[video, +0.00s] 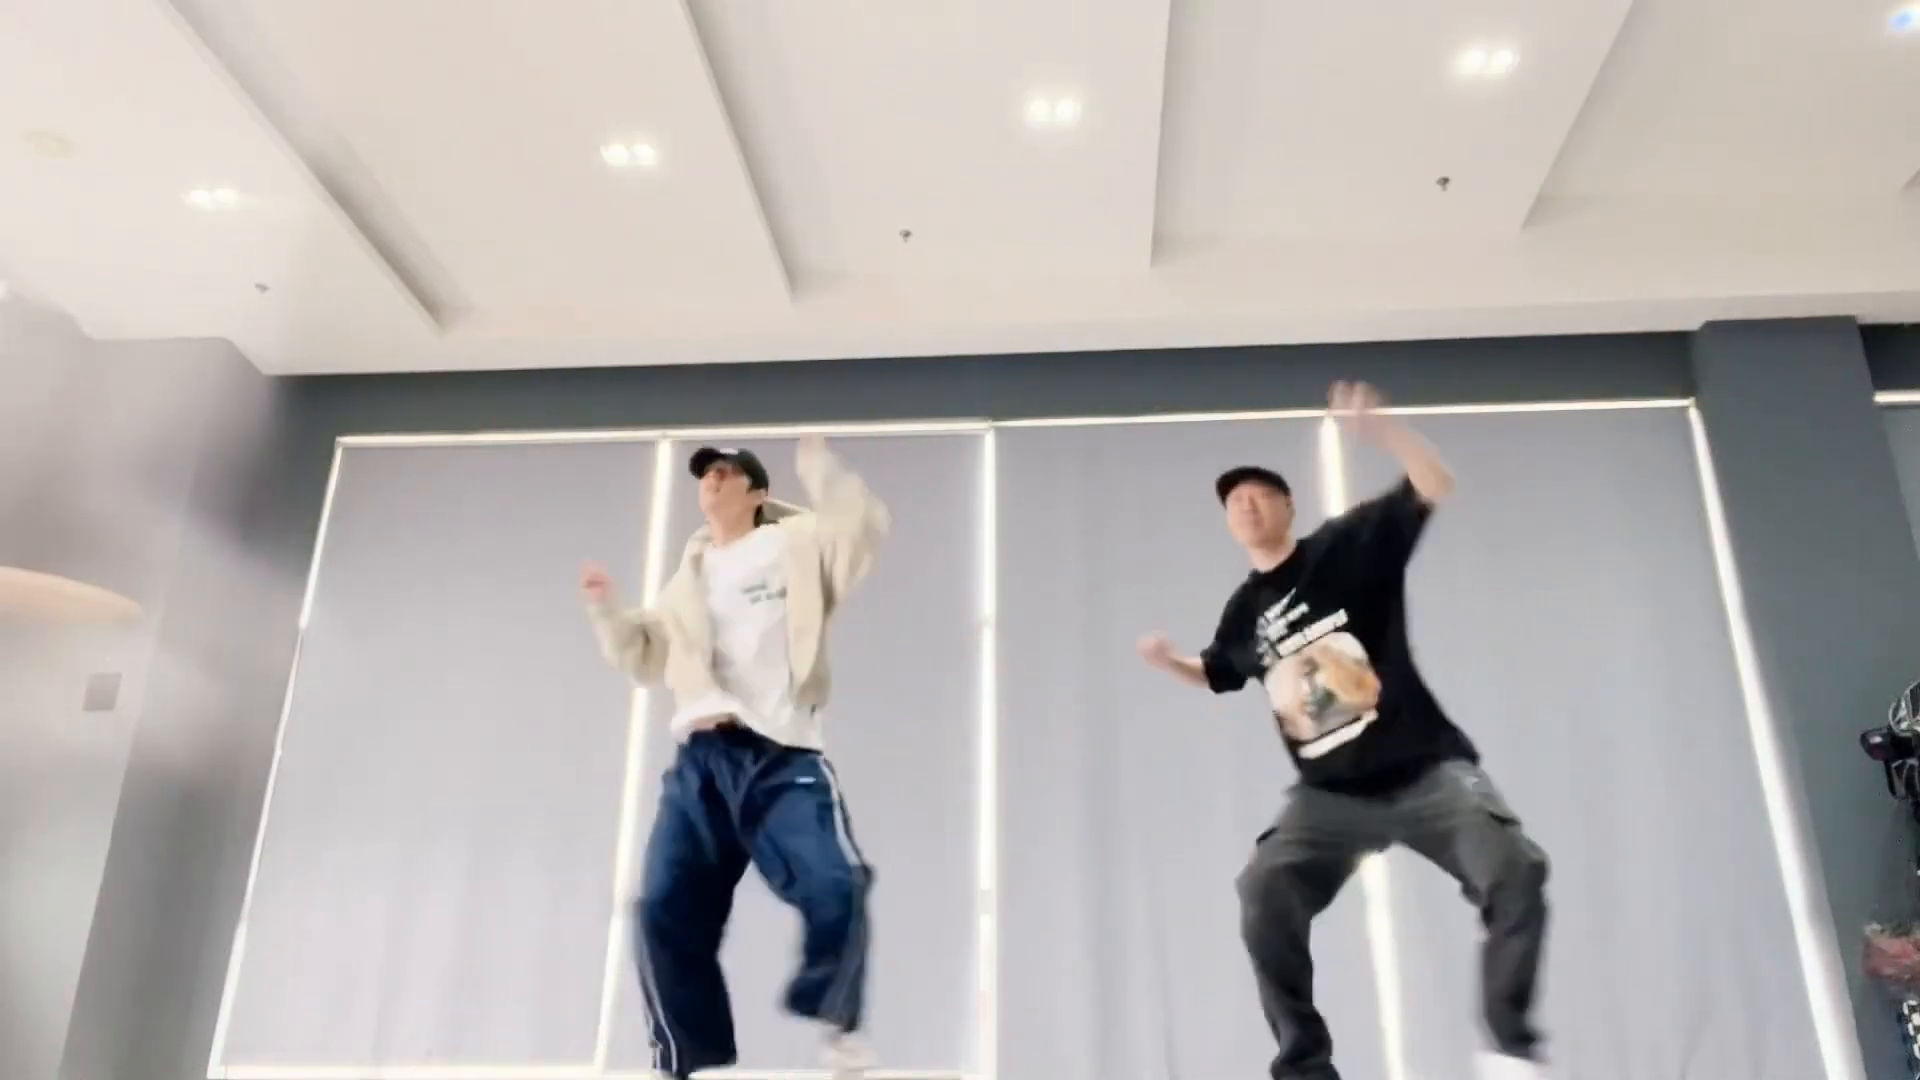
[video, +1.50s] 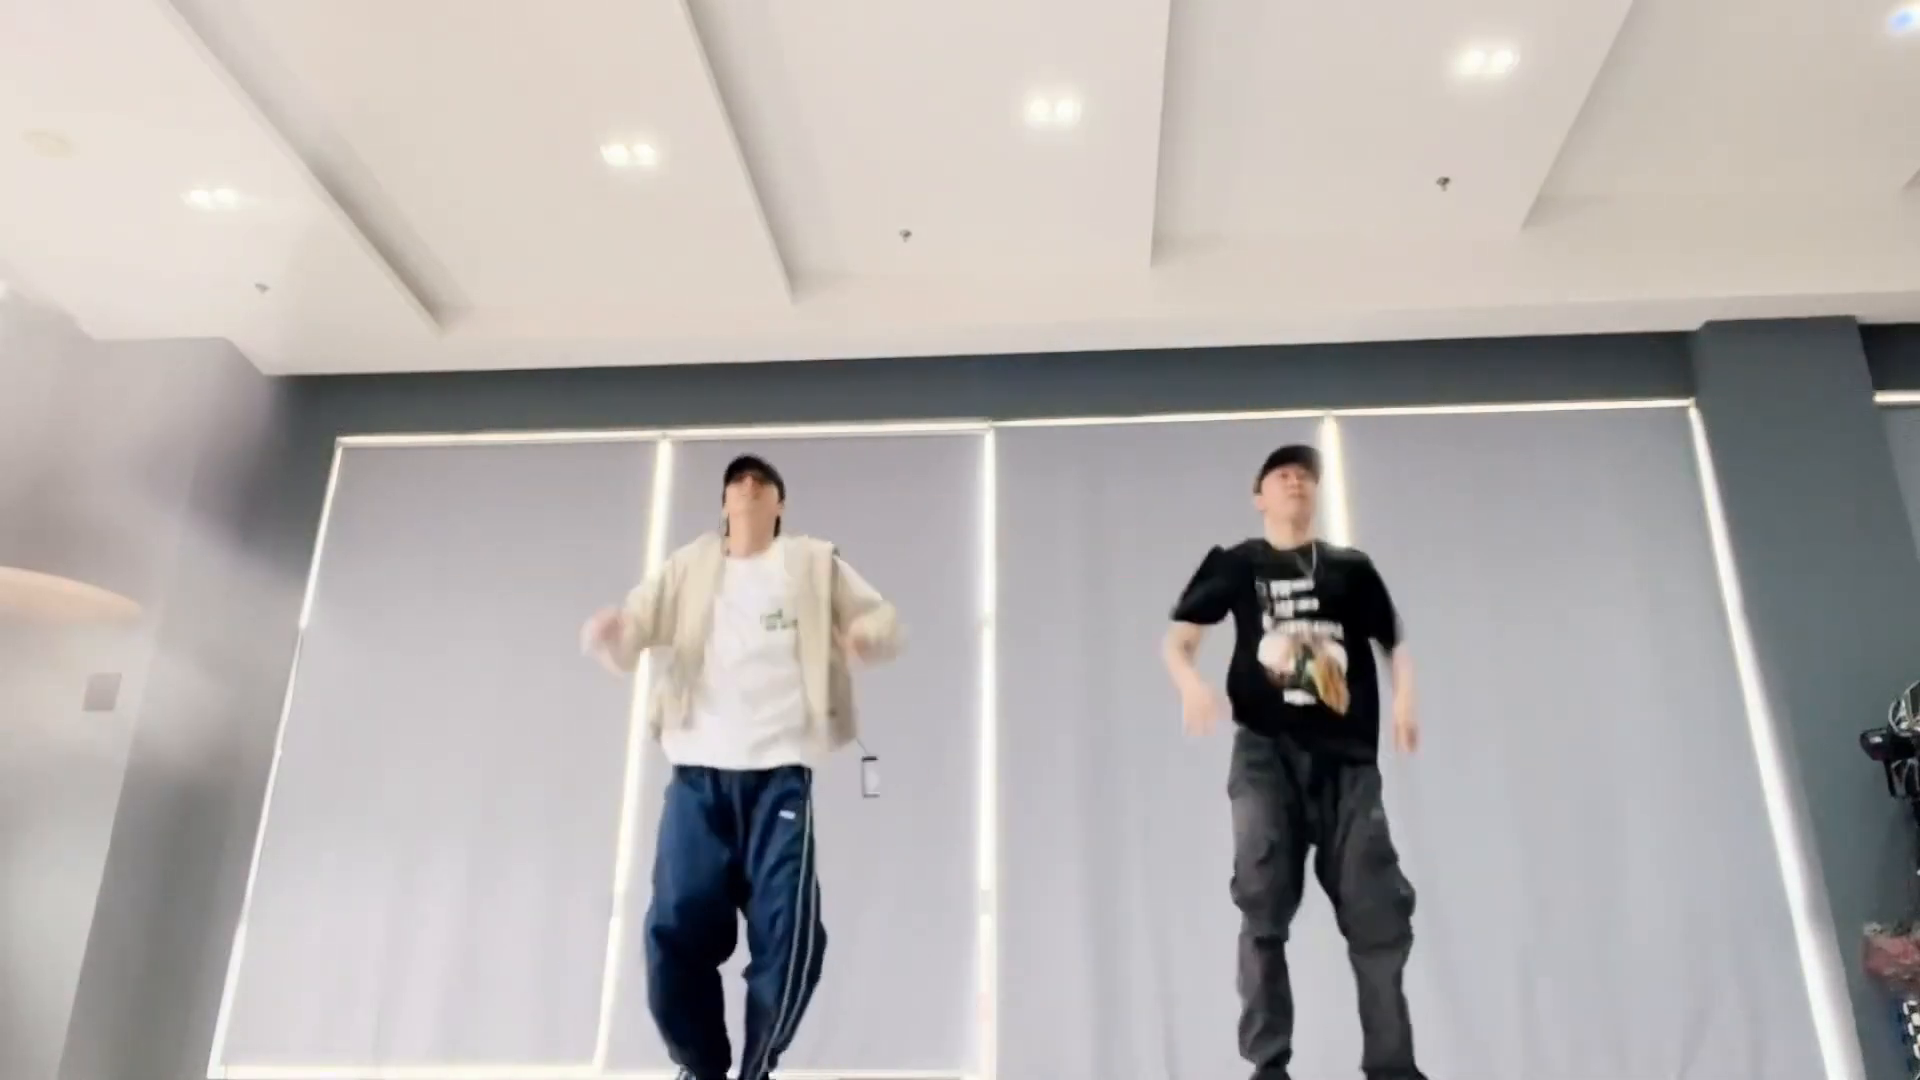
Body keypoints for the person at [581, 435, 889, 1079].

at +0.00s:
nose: (712, 484)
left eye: (726, 476)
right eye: (705, 477)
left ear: (756, 492)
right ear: (697, 497)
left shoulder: (802, 539)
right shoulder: (688, 577)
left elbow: (862, 528)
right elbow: (650, 661)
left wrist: (818, 463)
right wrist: (608, 612)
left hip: (785, 760)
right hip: (700, 760)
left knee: (835, 884)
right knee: (665, 913)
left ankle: (836, 1027)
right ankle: (697, 1067)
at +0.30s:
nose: (718, 501)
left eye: (732, 494)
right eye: (707, 497)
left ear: (756, 511)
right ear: (699, 521)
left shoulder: (790, 543)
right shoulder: (688, 596)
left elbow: (843, 470)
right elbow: (641, 662)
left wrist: (840, 384)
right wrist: (574, 629)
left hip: (813, 793)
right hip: (726, 805)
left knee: (877, 939)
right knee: (639, 920)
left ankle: (975, 1070)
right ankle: (691, 1074)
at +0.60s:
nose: (781, 506)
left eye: (792, 500)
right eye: (769, 499)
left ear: (809, 523)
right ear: (749, 520)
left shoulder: (828, 593)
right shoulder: (706, 569)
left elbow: (816, 683)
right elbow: (631, 573)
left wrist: (799, 623)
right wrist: (679, 510)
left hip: (772, 792)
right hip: (682, 780)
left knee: (786, 927)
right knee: (597, 895)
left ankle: (762, 1065)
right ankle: (615, 1025)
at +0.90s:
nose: (768, 528)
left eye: (778, 523)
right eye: (757, 521)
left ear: (792, 548)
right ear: (736, 539)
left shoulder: (806, 630)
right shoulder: (706, 583)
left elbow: (806, 718)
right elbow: (694, 475)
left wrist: (821, 779)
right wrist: (671, 378)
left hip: (755, 826)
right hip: (671, 802)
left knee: (824, 926)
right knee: (583, 937)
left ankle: (773, 1073)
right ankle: (465, 1058)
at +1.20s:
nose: (754, 486)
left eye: (767, 481)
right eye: (744, 479)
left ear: (785, 504)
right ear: (726, 501)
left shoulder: (811, 560)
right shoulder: (688, 557)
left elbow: (883, 606)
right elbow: (602, 586)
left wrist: (936, 543)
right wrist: (526, 550)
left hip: (777, 751)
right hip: (696, 746)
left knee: (768, 917)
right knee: (683, 916)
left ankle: (753, 1066)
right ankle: (704, 1063)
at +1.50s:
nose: (748, 490)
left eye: (761, 483)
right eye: (737, 483)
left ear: (779, 505)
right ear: (722, 504)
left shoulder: (815, 561)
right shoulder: (686, 565)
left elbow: (883, 621)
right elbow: (635, 638)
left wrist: (867, 636)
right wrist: (614, 640)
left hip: (781, 777)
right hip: (697, 777)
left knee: (787, 933)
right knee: (676, 930)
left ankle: (757, 1069)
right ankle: (702, 1067)